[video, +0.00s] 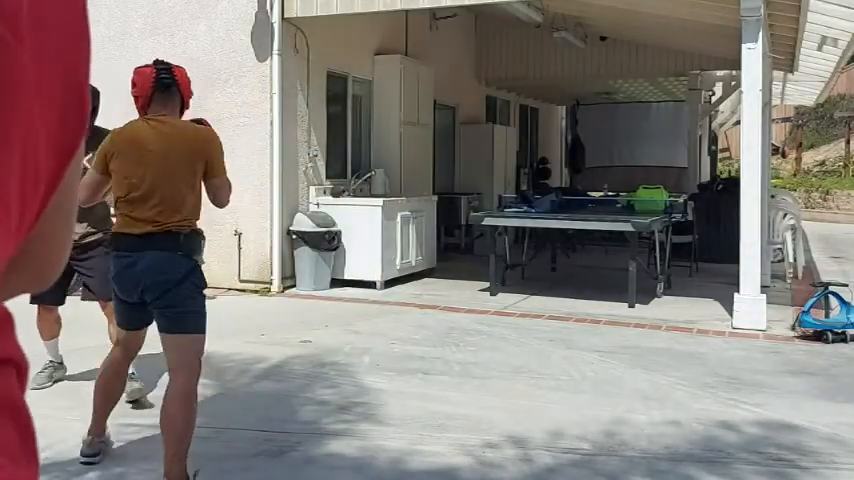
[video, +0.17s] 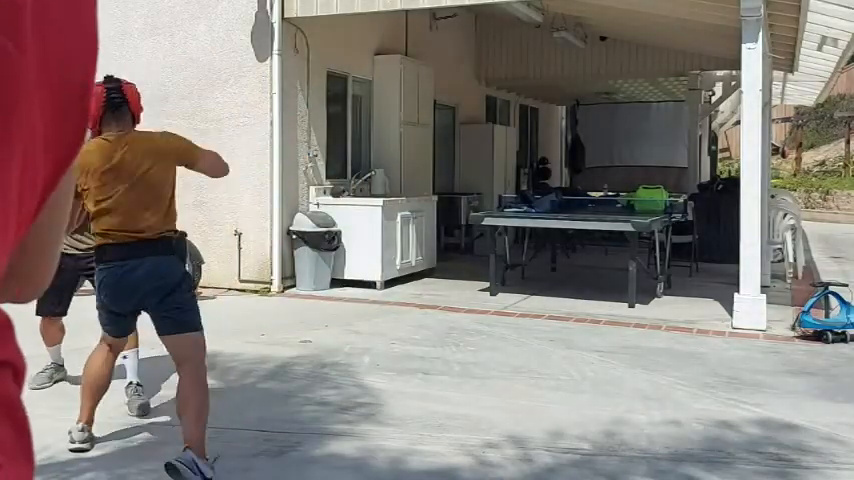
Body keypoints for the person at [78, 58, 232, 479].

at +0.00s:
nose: (184, 103)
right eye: (184, 97)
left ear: (140, 99)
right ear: (183, 98)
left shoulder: (120, 137)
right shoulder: (202, 138)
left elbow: (84, 197)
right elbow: (221, 197)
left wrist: (120, 171)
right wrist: (207, 142)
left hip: (126, 258)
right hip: (177, 260)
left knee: (124, 346)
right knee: (183, 374)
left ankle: (95, 434)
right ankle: (175, 473)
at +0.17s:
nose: (138, 114)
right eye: (136, 108)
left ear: (94, 117)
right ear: (135, 113)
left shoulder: (85, 157)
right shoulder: (164, 144)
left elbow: (69, 222)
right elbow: (219, 167)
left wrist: (98, 195)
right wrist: (183, 150)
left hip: (114, 269)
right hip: (165, 263)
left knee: (109, 345)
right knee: (191, 365)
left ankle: (83, 425)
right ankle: (195, 456)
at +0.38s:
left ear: (77, 123)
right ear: (97, 120)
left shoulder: (69, 170)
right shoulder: (124, 147)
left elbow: (85, 237)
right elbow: (144, 152)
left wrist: (65, 232)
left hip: (121, 256)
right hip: (169, 248)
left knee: (101, 339)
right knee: (186, 352)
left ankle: (83, 425)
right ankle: (212, 421)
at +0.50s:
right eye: (98, 112)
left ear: (73, 124)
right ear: (99, 115)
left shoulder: (72, 161)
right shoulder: (136, 139)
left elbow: (66, 231)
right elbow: (174, 152)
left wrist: (81, 217)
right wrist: (137, 162)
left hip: (119, 247)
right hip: (167, 242)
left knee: (102, 337)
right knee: (191, 344)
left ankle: (83, 426)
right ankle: (226, 421)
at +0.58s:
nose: (90, 125)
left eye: (89, 118)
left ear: (89, 113)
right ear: (121, 106)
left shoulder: (87, 144)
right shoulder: (154, 130)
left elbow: (72, 213)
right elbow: (180, 165)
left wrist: (93, 191)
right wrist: (140, 165)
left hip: (121, 249)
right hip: (172, 244)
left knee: (107, 336)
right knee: (199, 346)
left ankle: (83, 426)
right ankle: (223, 433)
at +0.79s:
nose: (177, 103)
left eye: (130, 102)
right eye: (174, 97)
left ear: (132, 105)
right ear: (172, 99)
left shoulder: (116, 141)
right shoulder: (199, 138)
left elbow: (98, 203)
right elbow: (193, 186)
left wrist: (129, 176)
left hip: (141, 258)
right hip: (192, 256)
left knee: (122, 337)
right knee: (207, 355)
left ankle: (88, 418)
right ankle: (214, 451)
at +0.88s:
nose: (195, 106)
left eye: (191, 100)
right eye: (194, 100)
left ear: (153, 102)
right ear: (193, 102)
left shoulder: (132, 137)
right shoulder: (217, 142)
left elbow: (100, 194)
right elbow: (214, 199)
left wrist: (132, 177)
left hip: (149, 256)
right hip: (199, 255)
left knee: (134, 333)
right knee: (213, 356)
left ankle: (96, 409)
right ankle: (215, 451)